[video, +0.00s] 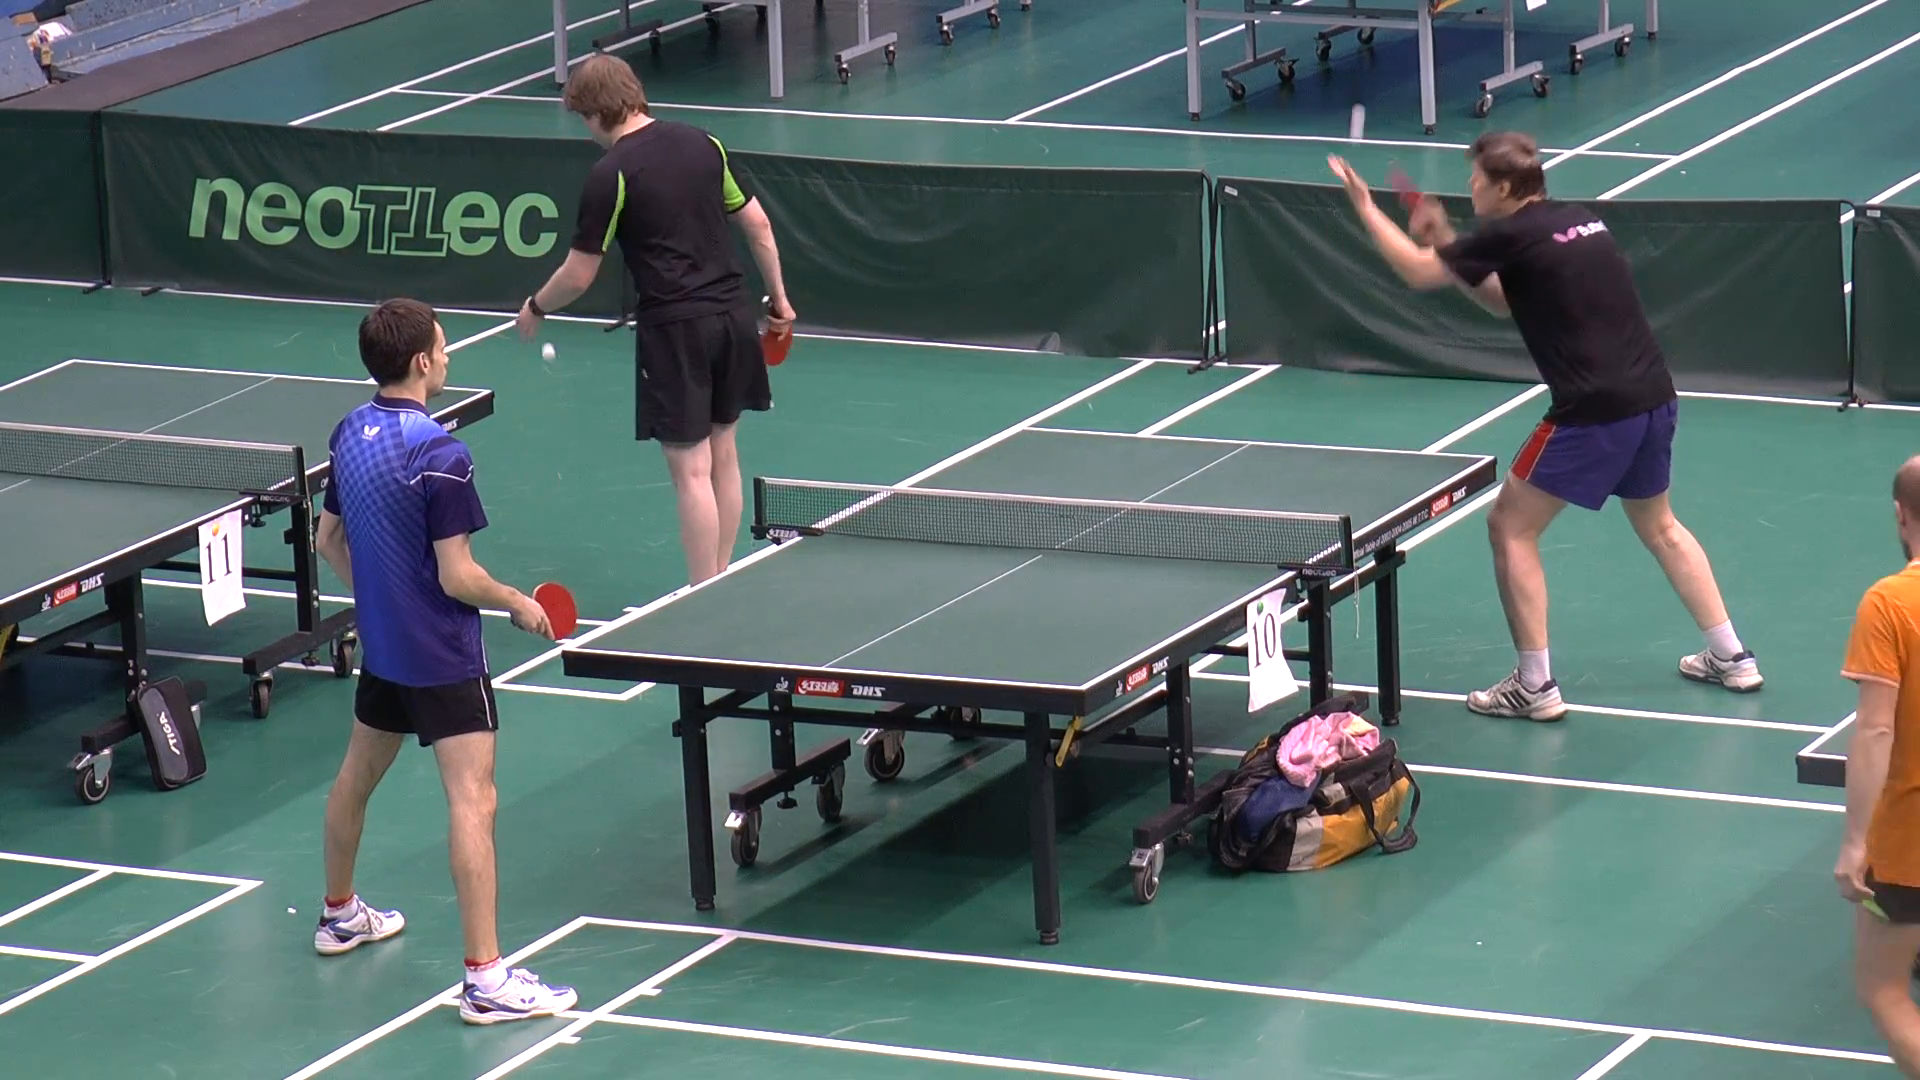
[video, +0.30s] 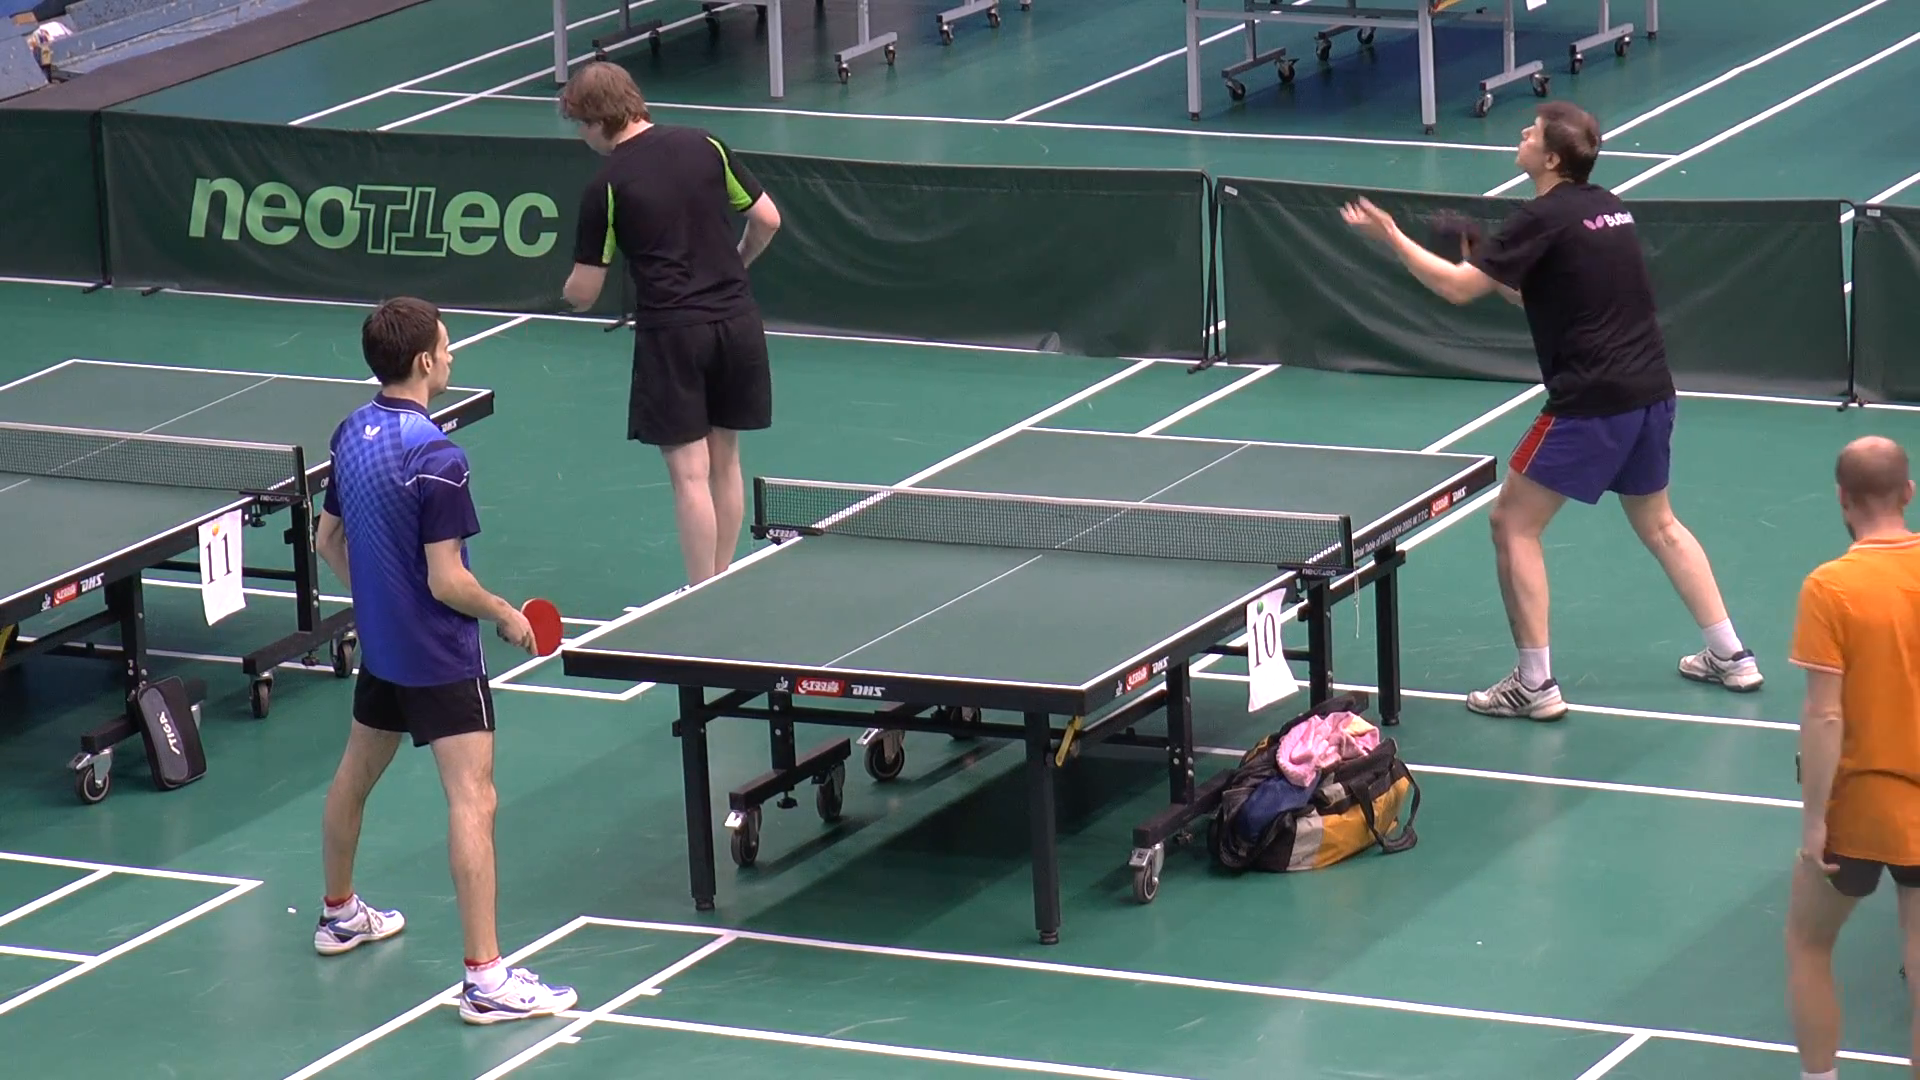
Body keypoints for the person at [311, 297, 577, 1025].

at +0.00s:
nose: (445, 356)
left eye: (442, 344)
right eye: (441, 346)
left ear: (376, 365)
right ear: (425, 360)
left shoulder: (350, 430)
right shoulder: (439, 448)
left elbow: (329, 538)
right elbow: (457, 575)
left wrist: (380, 596)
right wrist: (517, 602)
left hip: (383, 648)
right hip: (443, 655)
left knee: (355, 780)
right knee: (473, 802)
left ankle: (340, 912)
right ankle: (486, 974)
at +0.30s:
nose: (450, 355)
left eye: (446, 344)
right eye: (446, 346)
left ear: (382, 363)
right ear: (427, 360)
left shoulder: (352, 429)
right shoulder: (437, 453)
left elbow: (330, 539)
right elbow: (446, 578)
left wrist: (382, 598)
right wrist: (505, 614)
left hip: (382, 648)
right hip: (440, 656)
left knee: (354, 778)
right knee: (473, 802)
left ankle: (340, 911)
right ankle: (486, 974)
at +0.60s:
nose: (456, 352)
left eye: (451, 341)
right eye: (451, 343)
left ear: (389, 364)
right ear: (430, 361)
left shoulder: (357, 428)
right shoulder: (436, 456)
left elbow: (331, 539)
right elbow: (441, 579)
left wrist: (380, 600)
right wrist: (502, 618)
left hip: (380, 648)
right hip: (436, 657)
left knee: (354, 776)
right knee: (471, 802)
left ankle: (339, 912)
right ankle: (485, 975)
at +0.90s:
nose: (485, 370)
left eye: (482, 359)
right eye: (482, 361)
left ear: (415, 373)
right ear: (465, 375)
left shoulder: (377, 437)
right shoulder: (457, 469)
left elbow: (337, 542)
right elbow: (474, 595)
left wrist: (386, 601)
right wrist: (536, 611)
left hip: (390, 656)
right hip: (450, 665)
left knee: (361, 782)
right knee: (520, 798)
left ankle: (341, 913)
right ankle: (489, 974)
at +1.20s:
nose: (516, 390)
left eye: (516, 379)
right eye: (515, 380)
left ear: (445, 381)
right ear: (495, 386)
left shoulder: (391, 440)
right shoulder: (488, 475)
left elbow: (337, 541)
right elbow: (530, 595)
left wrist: (391, 589)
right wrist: (573, 579)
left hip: (389, 660)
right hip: (457, 669)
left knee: (394, 768)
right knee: (530, 802)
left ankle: (354, 922)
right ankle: (490, 975)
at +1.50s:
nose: (524, 418)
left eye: (524, 406)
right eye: (521, 406)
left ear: (458, 402)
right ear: (493, 410)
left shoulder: (404, 460)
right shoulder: (481, 490)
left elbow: (357, 562)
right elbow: (525, 609)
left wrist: (424, 595)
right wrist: (613, 623)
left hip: (408, 676)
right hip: (469, 686)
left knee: (416, 778)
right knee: (572, 808)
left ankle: (346, 926)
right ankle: (495, 966)